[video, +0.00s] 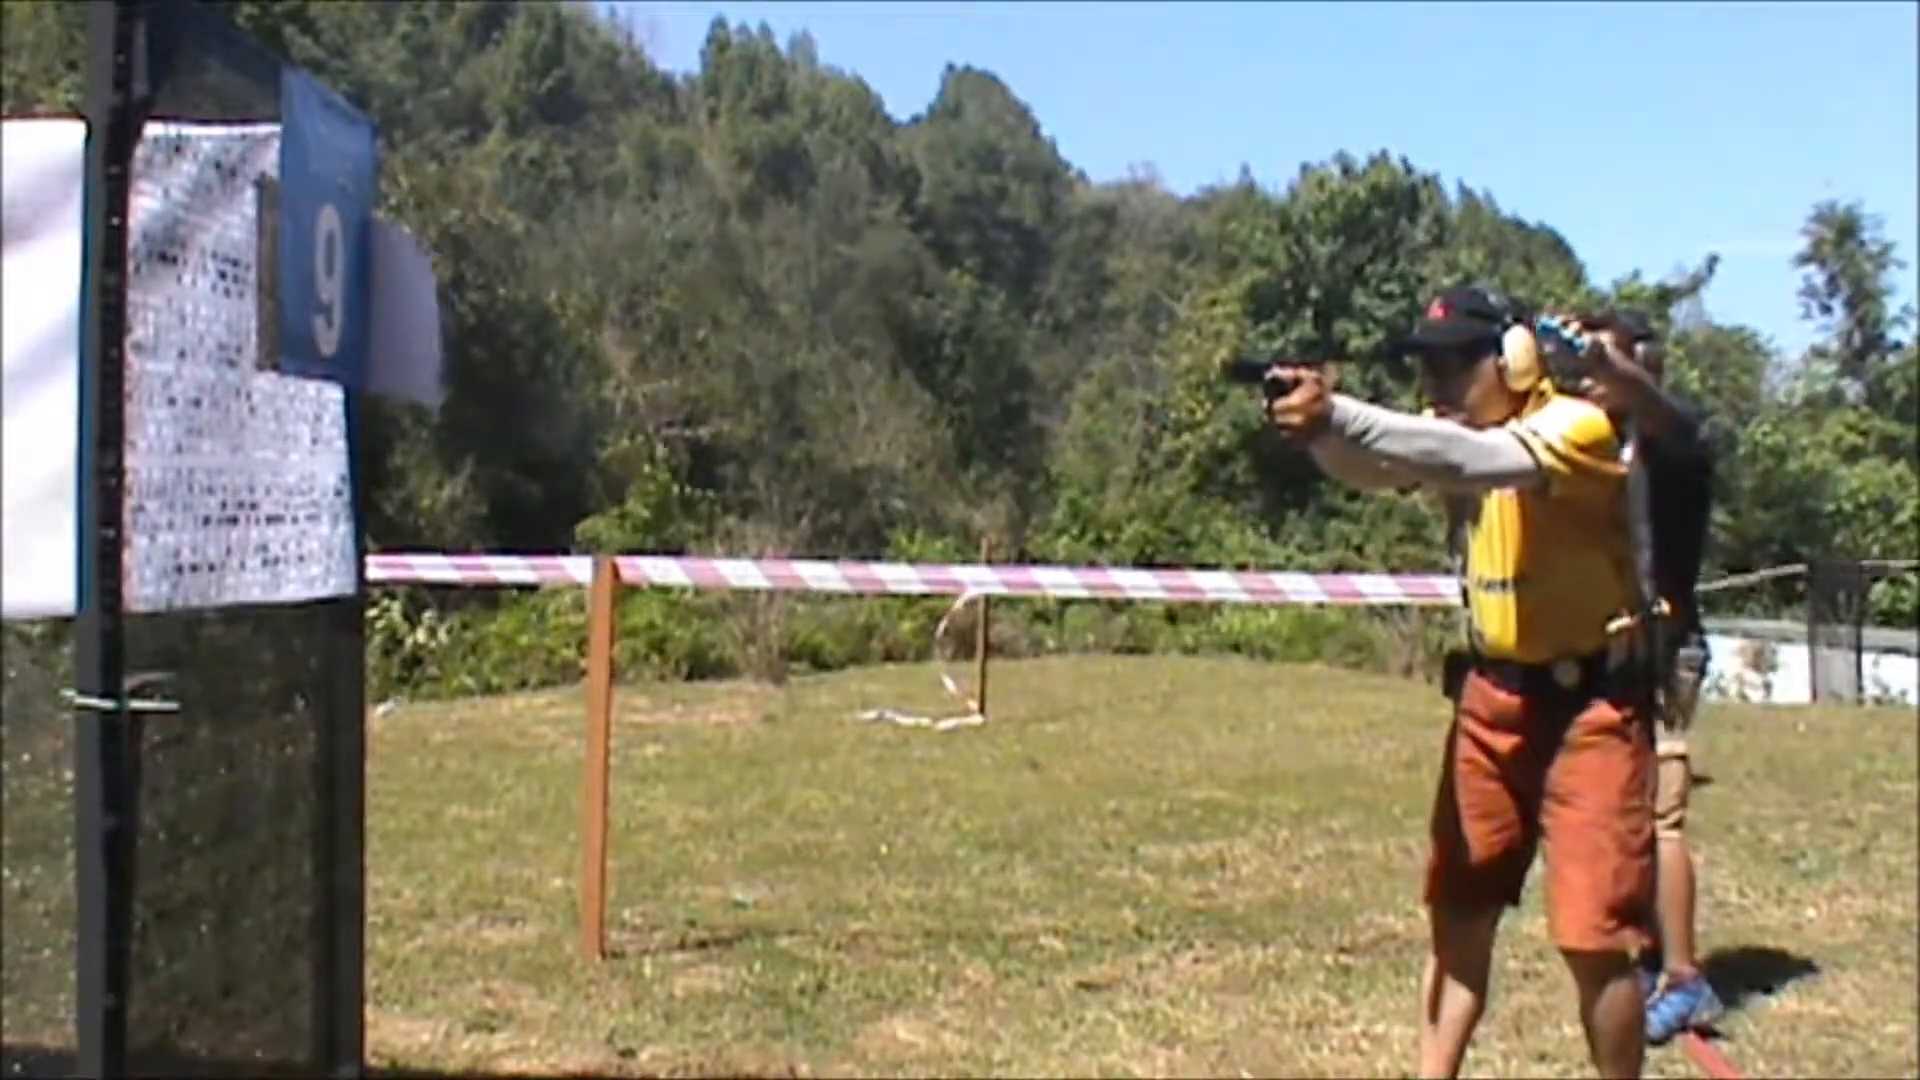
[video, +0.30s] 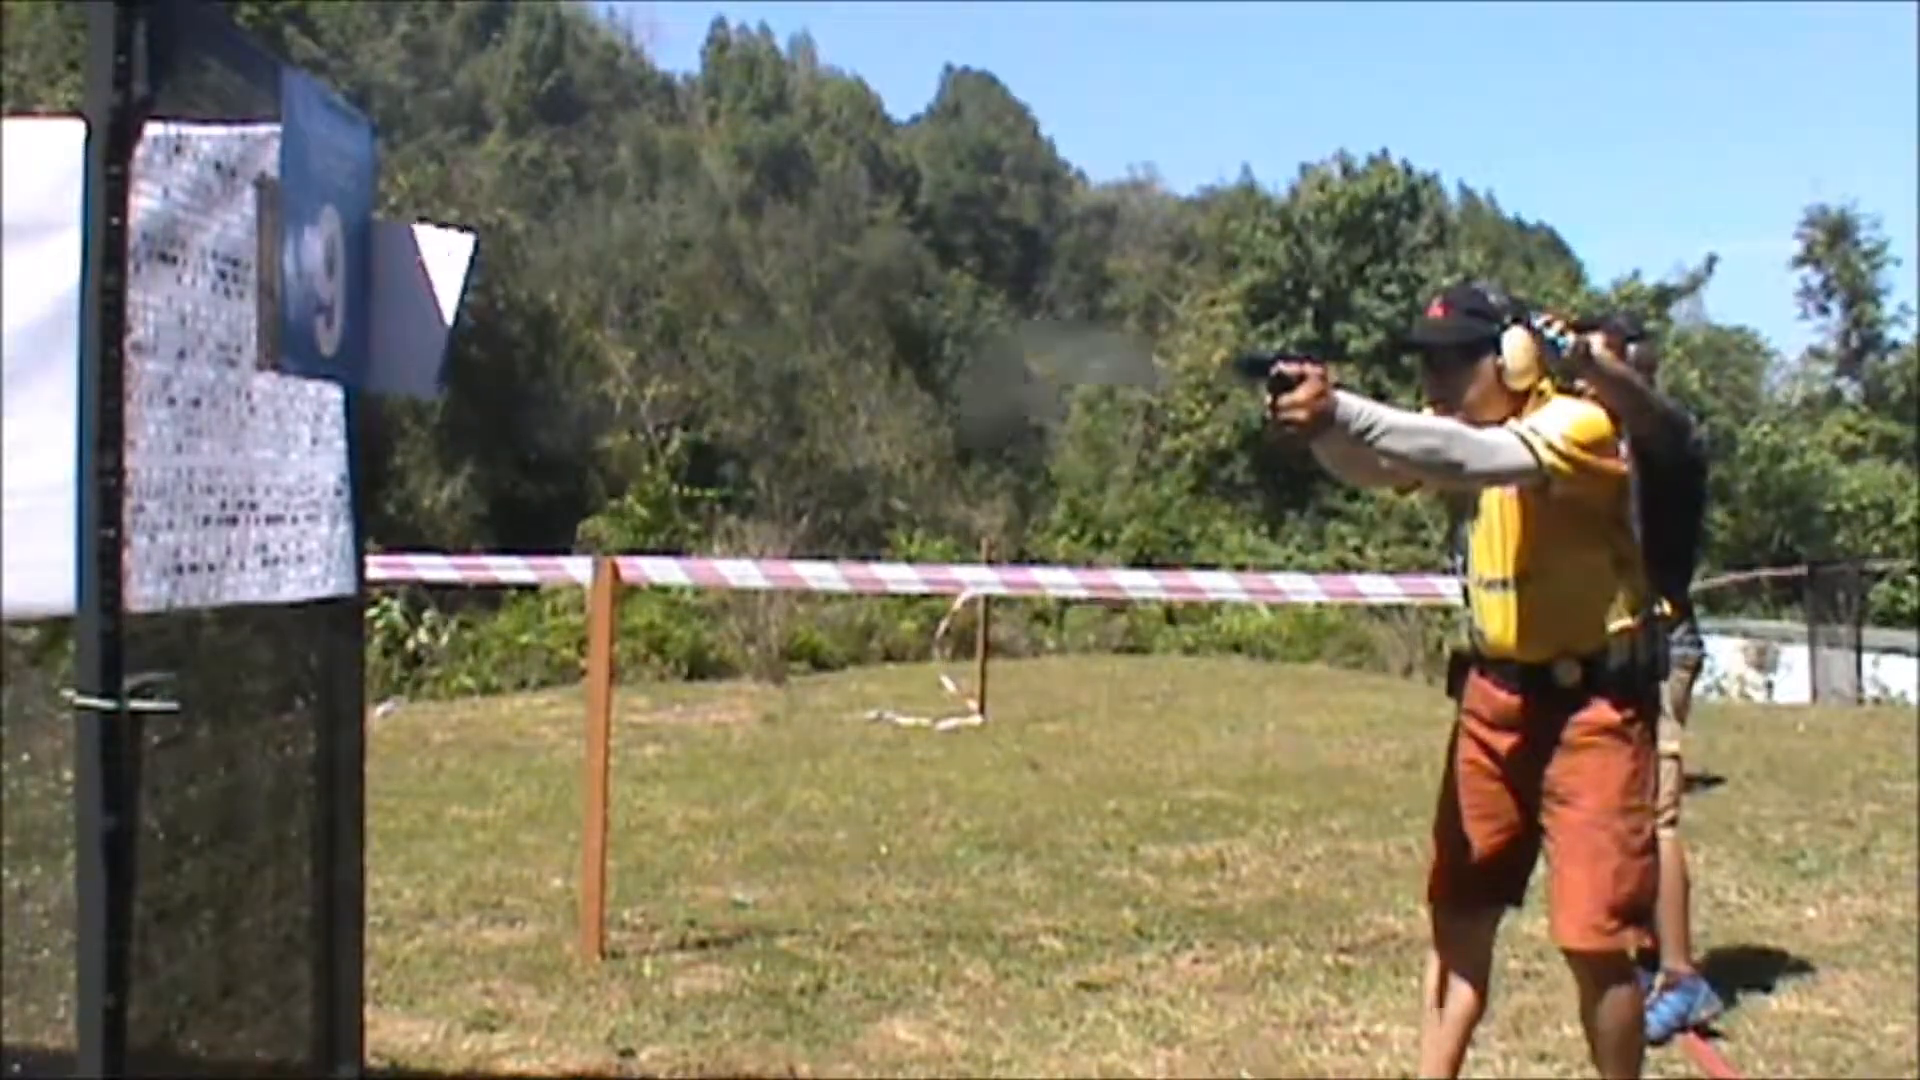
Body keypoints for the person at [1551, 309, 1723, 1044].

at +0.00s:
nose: (1601, 379)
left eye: (1618, 363)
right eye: (1596, 365)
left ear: (1650, 365)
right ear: (1586, 373)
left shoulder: (1680, 441)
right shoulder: (1584, 435)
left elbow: (1671, 426)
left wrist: (1612, 366)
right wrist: (1548, 370)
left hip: (1662, 636)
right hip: (1592, 638)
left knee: (1661, 809)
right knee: (1605, 806)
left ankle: (1681, 973)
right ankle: (1635, 963)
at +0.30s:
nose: (1606, 371)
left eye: (1620, 358)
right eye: (1598, 360)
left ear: (1648, 362)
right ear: (1589, 366)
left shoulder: (1673, 437)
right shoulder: (1580, 432)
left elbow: (1657, 424)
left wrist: (1596, 366)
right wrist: (1553, 364)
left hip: (1661, 633)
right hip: (1600, 638)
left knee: (1656, 808)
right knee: (1613, 806)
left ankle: (1680, 972)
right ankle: (1634, 965)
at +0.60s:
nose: (1604, 371)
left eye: (1616, 359)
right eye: (1597, 360)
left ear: (1640, 364)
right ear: (1588, 369)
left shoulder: (1673, 439)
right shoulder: (1580, 434)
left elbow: (1652, 423)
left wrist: (1587, 360)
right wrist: (1556, 362)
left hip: (1659, 630)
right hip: (1598, 636)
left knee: (1656, 808)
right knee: (1611, 806)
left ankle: (1679, 971)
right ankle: (1637, 966)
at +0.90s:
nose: (1604, 373)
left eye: (1618, 360)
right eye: (1598, 361)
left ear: (1640, 365)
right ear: (1587, 371)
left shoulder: (1671, 438)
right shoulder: (1578, 435)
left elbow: (1634, 400)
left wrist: (1585, 357)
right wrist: (1556, 361)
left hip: (1659, 624)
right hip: (1596, 630)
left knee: (1657, 808)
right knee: (1612, 805)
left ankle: (1678, 971)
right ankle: (1640, 967)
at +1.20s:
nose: (1609, 375)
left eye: (1621, 362)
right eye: (1600, 364)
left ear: (1641, 366)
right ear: (1585, 372)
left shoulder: (1672, 439)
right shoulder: (1579, 436)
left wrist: (1583, 356)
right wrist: (1552, 364)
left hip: (1663, 628)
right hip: (1600, 634)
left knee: (1659, 807)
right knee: (1615, 805)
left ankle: (1678, 970)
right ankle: (1639, 968)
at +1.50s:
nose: (1607, 374)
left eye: (1620, 362)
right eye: (1602, 363)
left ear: (1644, 370)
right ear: (1596, 371)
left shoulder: (1671, 438)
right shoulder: (1583, 437)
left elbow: (1619, 379)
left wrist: (1581, 356)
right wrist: (1543, 364)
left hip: (1660, 629)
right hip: (1600, 631)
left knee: (1659, 809)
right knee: (1618, 807)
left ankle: (1678, 970)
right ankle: (1637, 967)